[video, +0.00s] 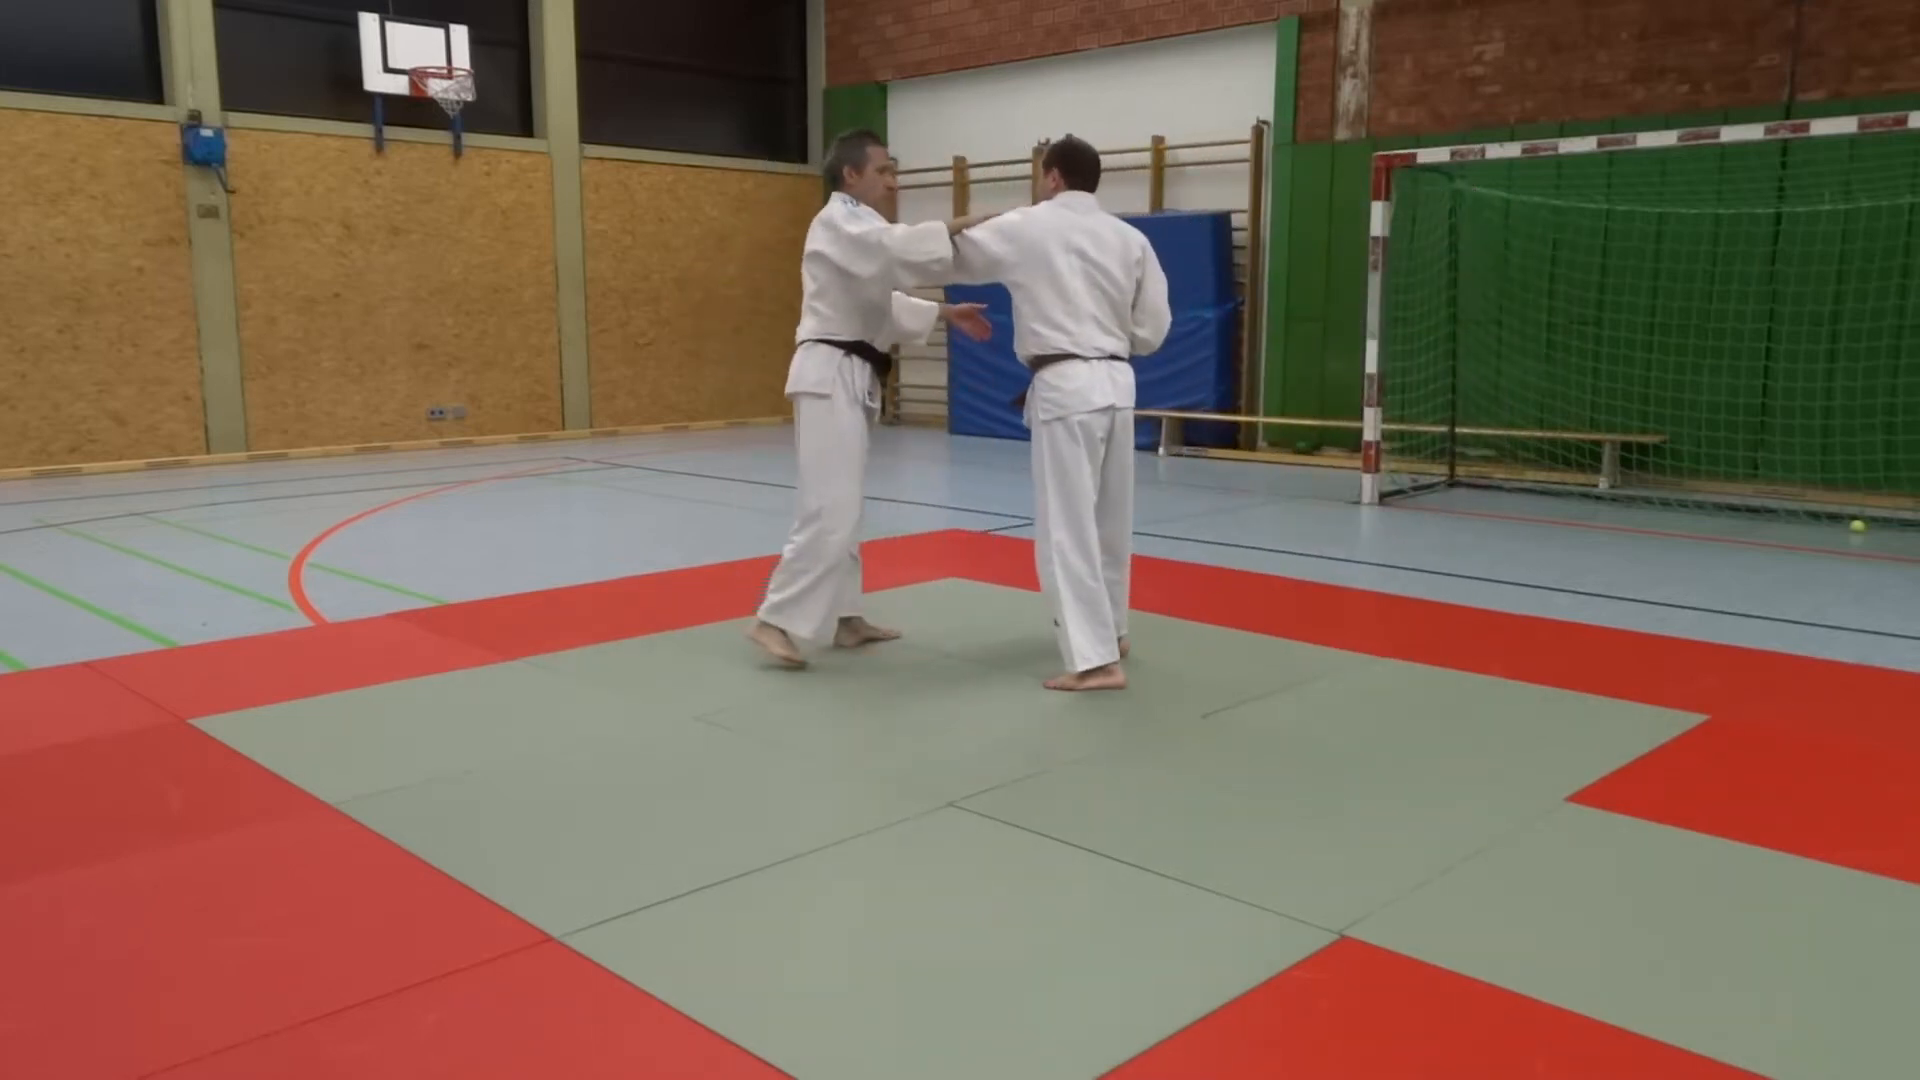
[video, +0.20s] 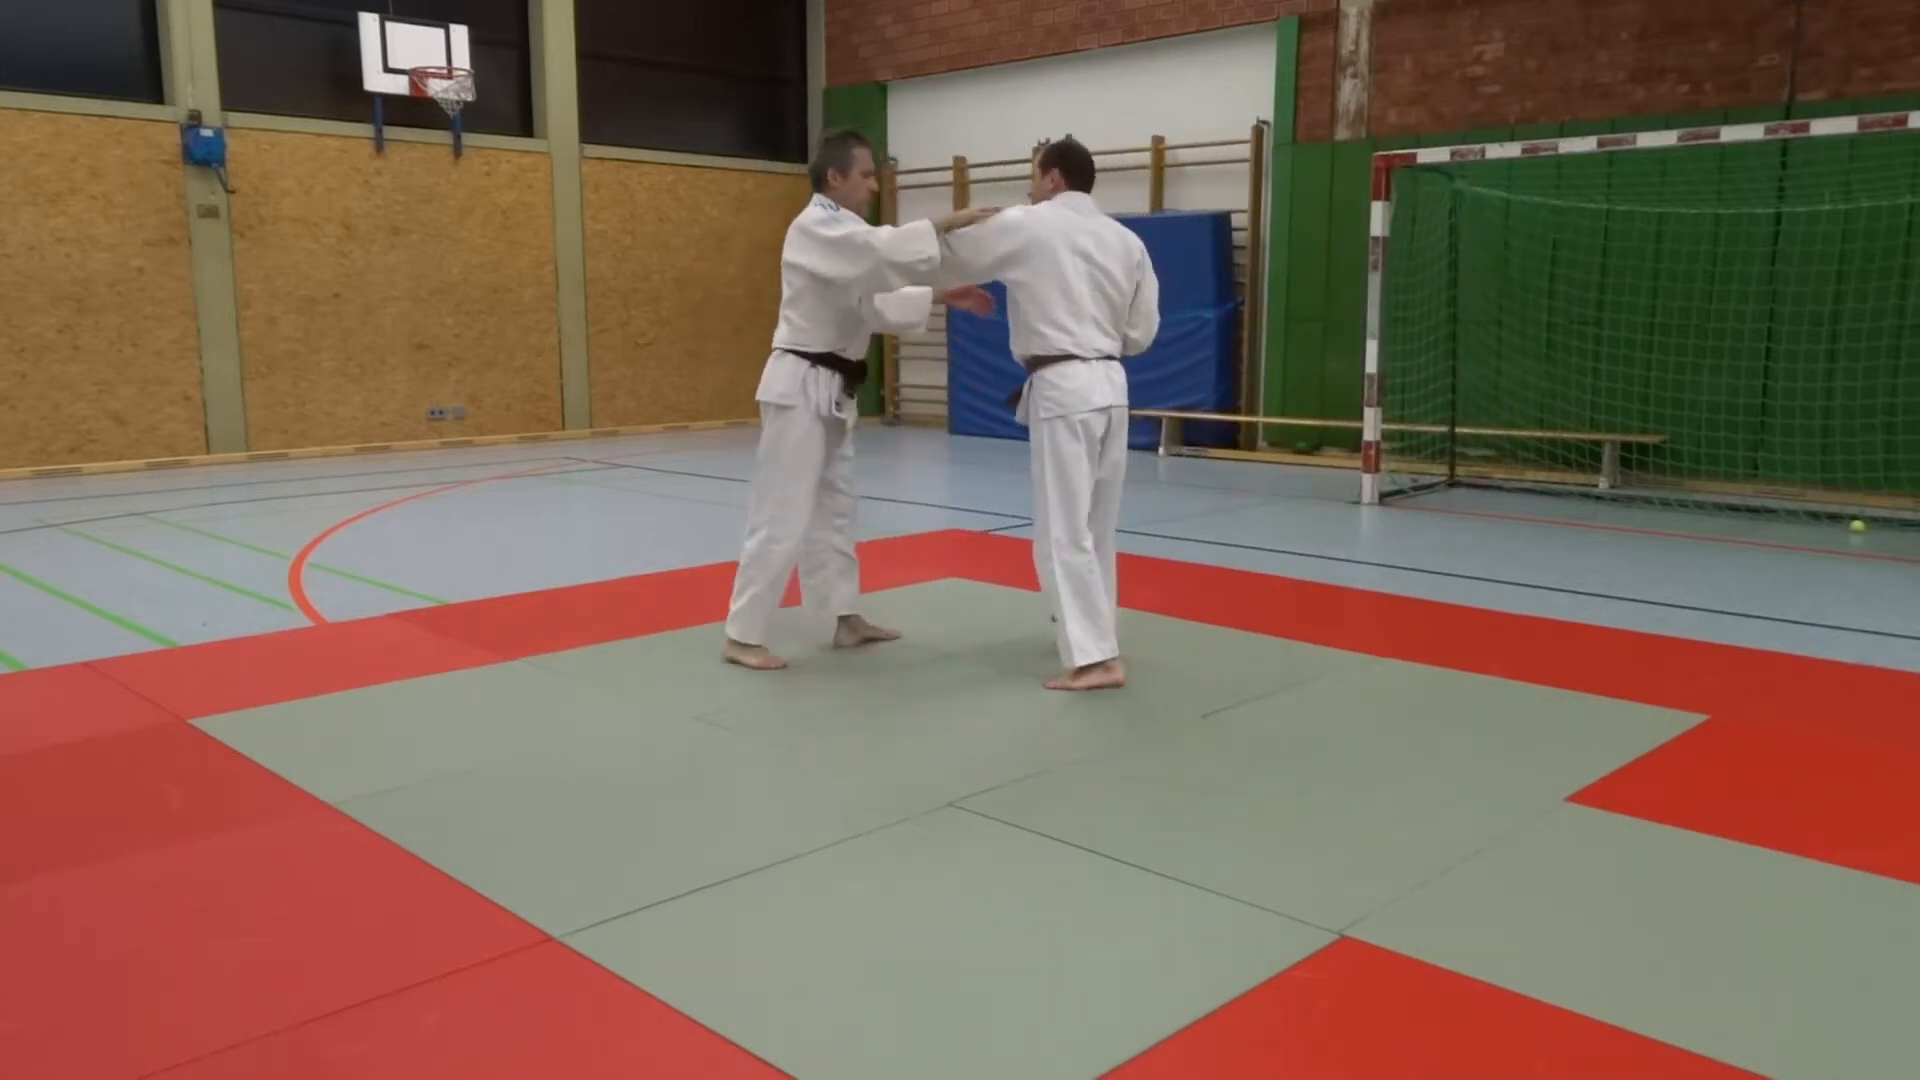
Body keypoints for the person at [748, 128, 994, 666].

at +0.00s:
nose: (895, 180)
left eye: (893, 171)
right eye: (885, 170)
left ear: (859, 177)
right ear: (852, 175)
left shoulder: (859, 226)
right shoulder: (836, 219)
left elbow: (877, 302)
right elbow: (892, 246)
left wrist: (946, 313)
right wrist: (967, 229)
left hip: (852, 372)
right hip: (828, 369)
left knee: (845, 503)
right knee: (832, 505)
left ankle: (845, 617)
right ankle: (775, 621)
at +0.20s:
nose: (874, 186)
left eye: (874, 175)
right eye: (866, 175)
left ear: (842, 179)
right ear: (834, 178)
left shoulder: (845, 233)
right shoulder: (816, 224)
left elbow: (870, 303)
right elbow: (878, 246)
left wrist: (941, 296)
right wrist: (954, 221)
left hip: (832, 384)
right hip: (799, 379)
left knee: (832, 507)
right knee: (782, 511)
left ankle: (846, 620)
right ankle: (741, 636)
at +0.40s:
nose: (858, 188)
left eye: (858, 178)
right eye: (851, 178)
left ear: (823, 180)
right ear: (819, 181)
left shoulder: (833, 238)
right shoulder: (789, 227)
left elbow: (872, 298)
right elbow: (863, 252)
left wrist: (940, 296)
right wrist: (946, 229)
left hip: (805, 391)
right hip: (762, 385)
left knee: (822, 501)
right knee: (752, 509)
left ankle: (837, 616)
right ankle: (731, 638)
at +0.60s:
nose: (853, 187)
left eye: (852, 175)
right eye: (845, 176)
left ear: (819, 176)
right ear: (813, 177)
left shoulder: (825, 238)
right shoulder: (779, 226)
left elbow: (868, 299)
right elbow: (857, 252)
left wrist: (941, 293)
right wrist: (947, 229)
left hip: (800, 389)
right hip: (753, 382)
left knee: (815, 499)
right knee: (737, 508)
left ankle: (814, 614)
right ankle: (728, 638)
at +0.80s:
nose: (856, 185)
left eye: (856, 175)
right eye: (848, 174)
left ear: (829, 175)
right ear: (816, 175)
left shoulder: (833, 238)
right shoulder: (786, 226)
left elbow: (873, 302)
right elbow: (861, 241)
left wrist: (944, 294)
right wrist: (950, 223)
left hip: (807, 390)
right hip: (760, 382)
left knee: (821, 501)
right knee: (744, 509)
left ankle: (826, 614)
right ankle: (727, 638)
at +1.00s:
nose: (875, 186)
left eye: (875, 177)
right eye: (867, 176)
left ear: (851, 180)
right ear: (834, 178)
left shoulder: (859, 241)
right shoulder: (809, 223)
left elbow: (896, 302)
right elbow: (880, 232)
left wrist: (967, 293)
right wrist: (971, 214)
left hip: (820, 389)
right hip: (778, 380)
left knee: (835, 501)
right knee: (757, 510)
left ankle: (841, 615)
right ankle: (730, 638)